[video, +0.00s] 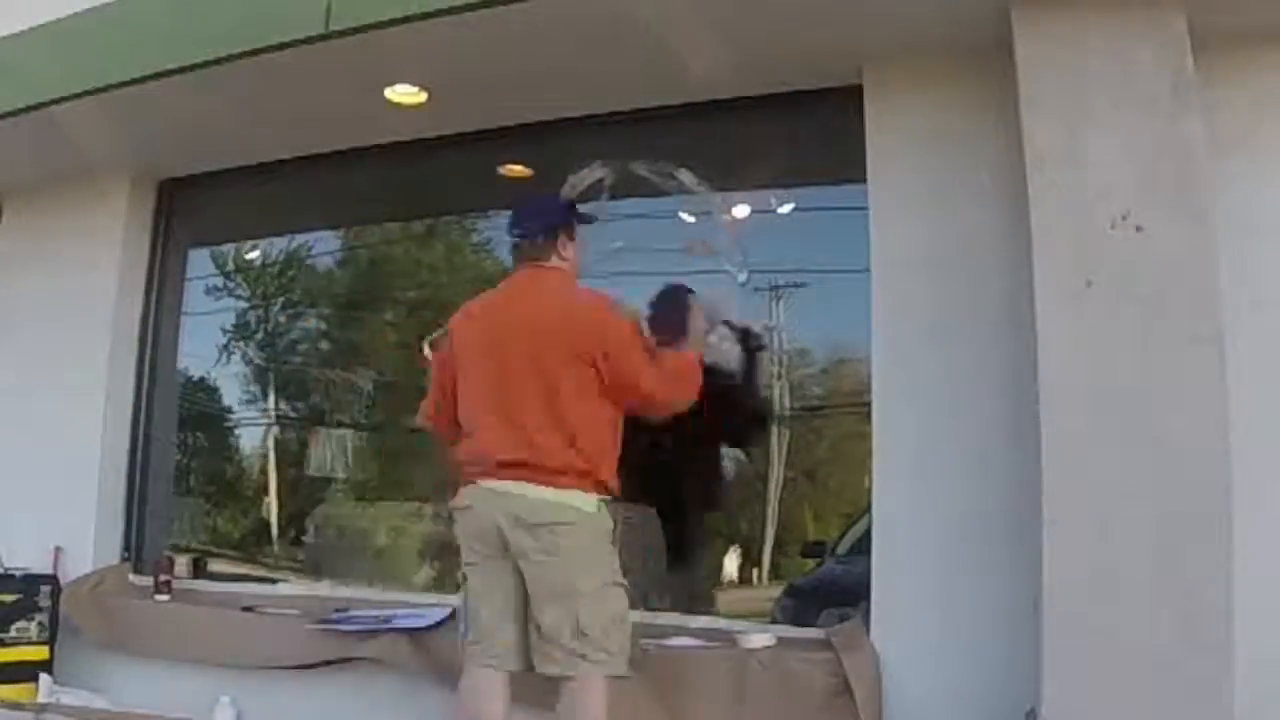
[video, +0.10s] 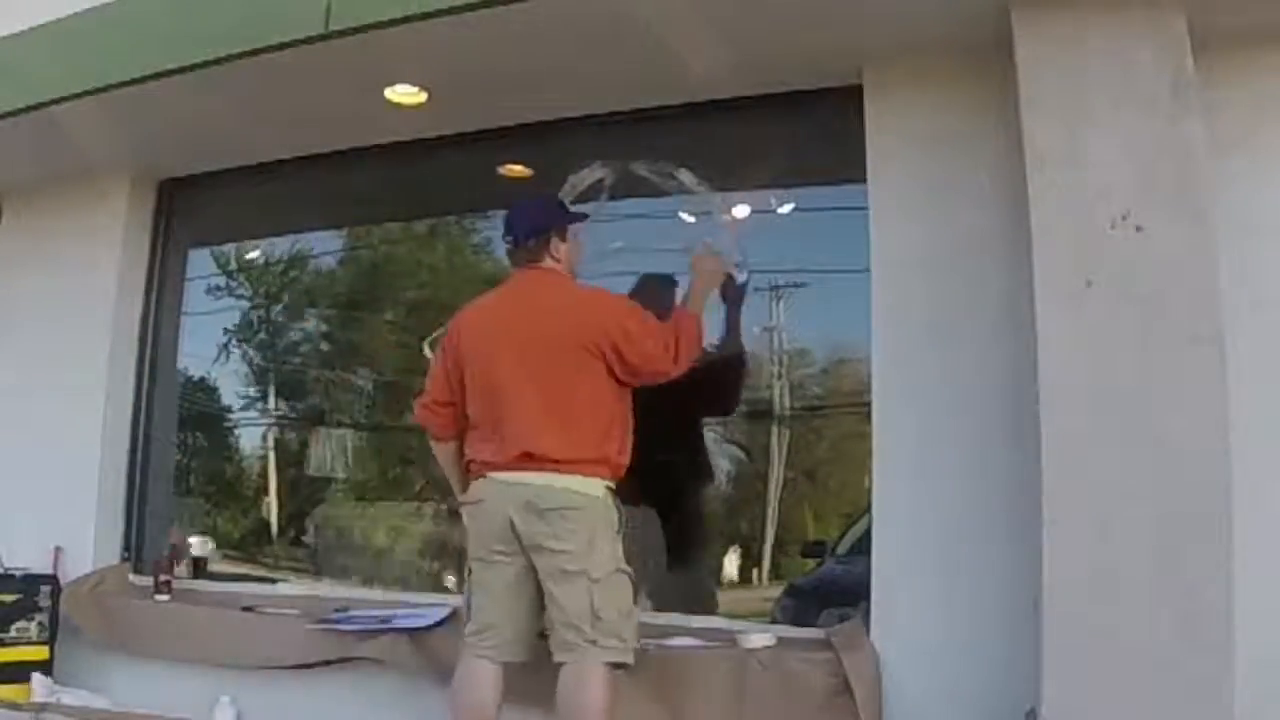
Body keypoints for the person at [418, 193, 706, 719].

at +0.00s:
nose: (579, 250)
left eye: (575, 240)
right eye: (576, 241)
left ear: (516, 247)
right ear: (565, 245)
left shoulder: (468, 318)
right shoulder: (594, 315)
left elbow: (440, 418)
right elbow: (660, 394)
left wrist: (482, 451)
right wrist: (692, 346)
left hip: (482, 505)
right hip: (567, 512)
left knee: (486, 659)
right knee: (586, 668)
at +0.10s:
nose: (579, 246)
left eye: (576, 237)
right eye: (574, 238)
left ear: (515, 250)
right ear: (555, 246)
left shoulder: (469, 320)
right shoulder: (599, 310)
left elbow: (438, 418)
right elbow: (669, 355)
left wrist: (464, 491)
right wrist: (702, 290)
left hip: (490, 497)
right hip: (573, 498)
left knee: (484, 645)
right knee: (585, 649)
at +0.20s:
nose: (566, 242)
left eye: (561, 233)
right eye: (561, 234)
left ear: (502, 249)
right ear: (550, 241)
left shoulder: (469, 319)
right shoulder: (597, 293)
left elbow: (437, 415)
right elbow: (669, 280)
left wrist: (466, 492)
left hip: (494, 496)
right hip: (577, 498)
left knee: (485, 643)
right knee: (590, 644)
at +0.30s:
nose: (567, 240)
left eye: (560, 231)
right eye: (561, 232)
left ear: (503, 250)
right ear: (549, 242)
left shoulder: (470, 320)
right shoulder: (597, 291)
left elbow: (439, 418)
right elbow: (676, 274)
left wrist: (471, 489)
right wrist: (677, 220)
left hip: (496, 496)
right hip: (579, 497)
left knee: (487, 641)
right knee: (577, 646)